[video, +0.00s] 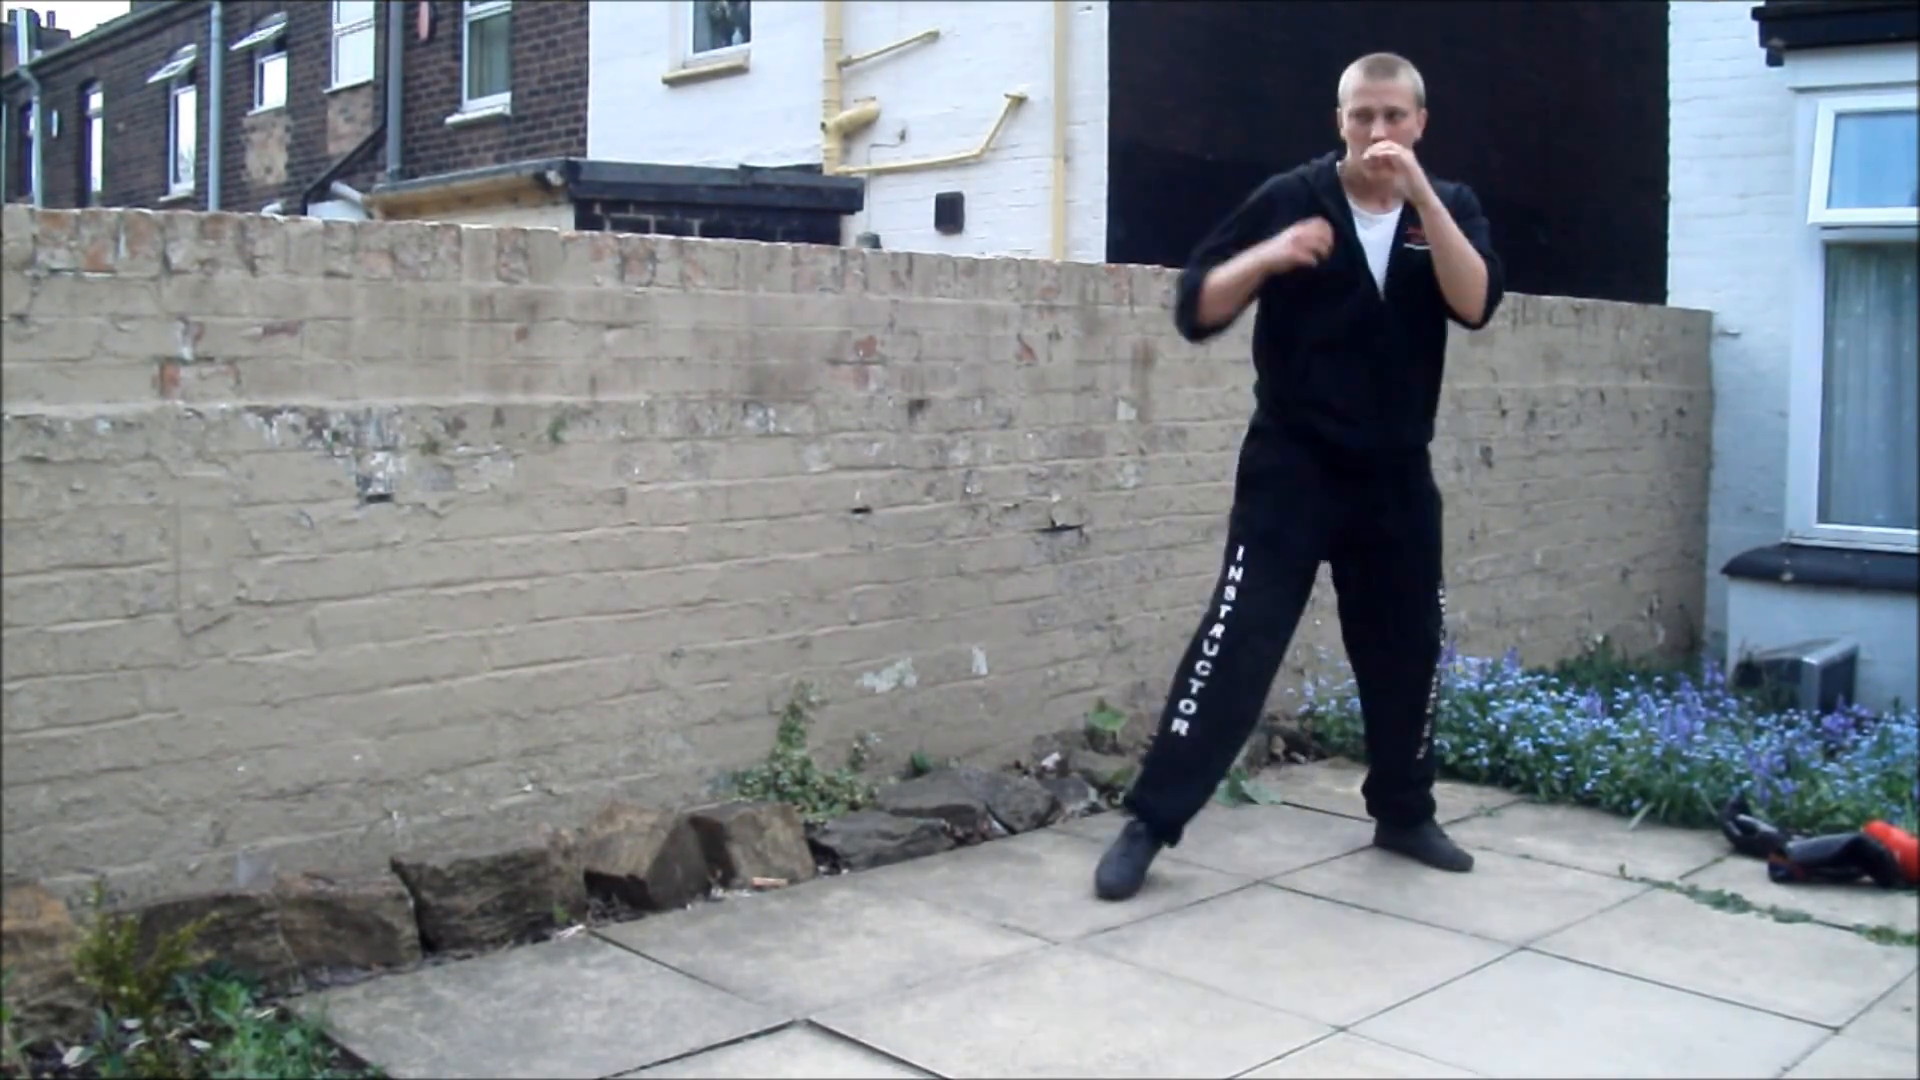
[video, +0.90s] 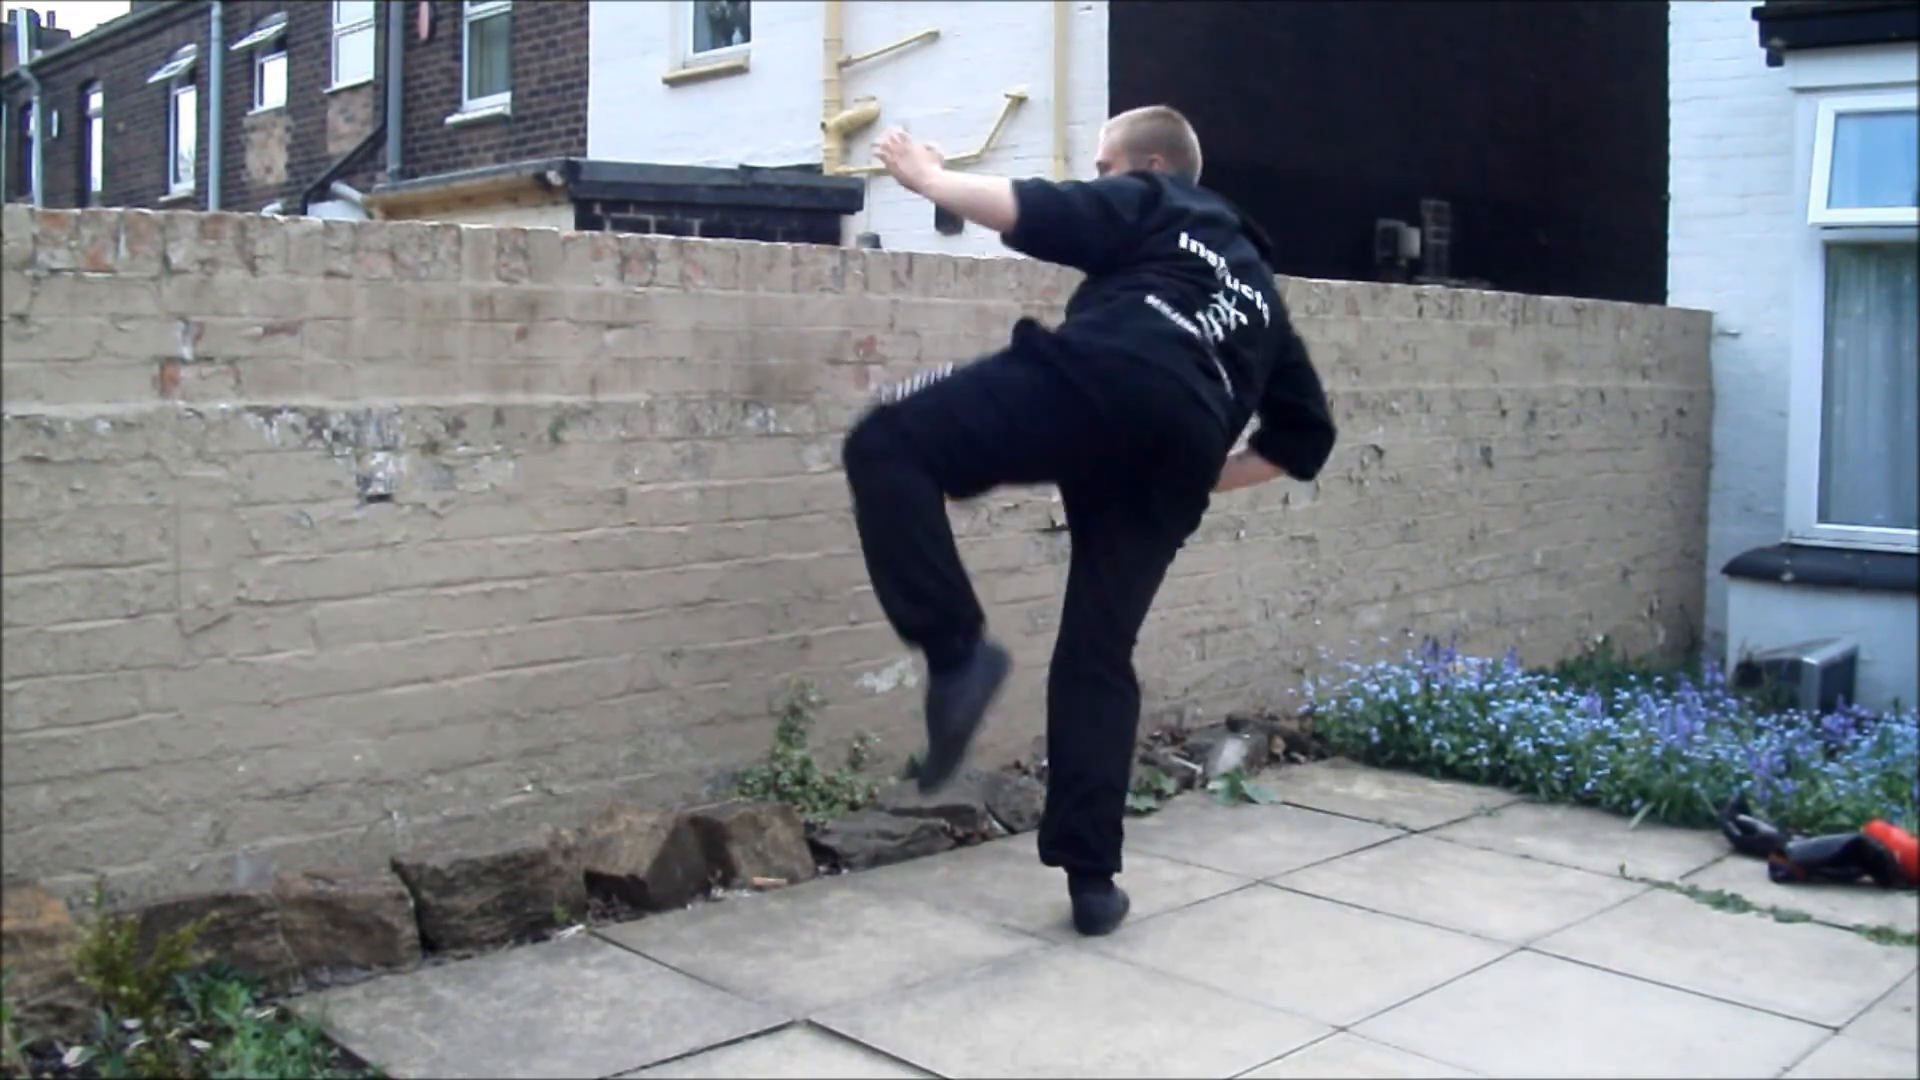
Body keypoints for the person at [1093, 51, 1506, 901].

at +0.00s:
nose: (1379, 131)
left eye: (1395, 116)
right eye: (1363, 116)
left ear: (1422, 123)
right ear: (1339, 122)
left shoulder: (1450, 209)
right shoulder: (1291, 200)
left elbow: (1476, 305)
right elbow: (1194, 311)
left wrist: (1424, 202)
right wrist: (1263, 257)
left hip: (1395, 474)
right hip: (1289, 467)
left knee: (1404, 647)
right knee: (1238, 640)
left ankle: (1404, 814)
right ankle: (1148, 824)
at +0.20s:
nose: (1279, 138)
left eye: (1298, 121)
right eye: (1269, 123)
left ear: (1344, 131)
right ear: (1260, 133)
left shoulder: (1387, 237)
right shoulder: (1234, 219)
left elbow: (1360, 370)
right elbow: (1155, 314)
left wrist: (1325, 254)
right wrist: (1174, 231)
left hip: (1355, 500)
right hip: (1242, 486)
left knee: (1378, 670)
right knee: (1170, 640)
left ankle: (1403, 819)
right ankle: (1169, 843)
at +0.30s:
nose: (1233, 136)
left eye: (1253, 122)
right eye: (1229, 125)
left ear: (1303, 134)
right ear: (1228, 137)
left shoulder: (1330, 206)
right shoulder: (1233, 237)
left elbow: (1248, 263)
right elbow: (1220, 388)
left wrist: (1169, 165)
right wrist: (1178, 349)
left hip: (1315, 488)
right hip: (1213, 485)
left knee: (1352, 660)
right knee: (1149, 648)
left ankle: (1412, 805)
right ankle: (1187, 855)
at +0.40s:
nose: (1180, 139)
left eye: (1199, 125)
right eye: (1179, 128)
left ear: (1254, 133)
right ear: (1196, 139)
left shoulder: (1269, 188)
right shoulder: (1219, 220)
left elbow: (1156, 177)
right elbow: (1203, 378)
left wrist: (1051, 106)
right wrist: (1120, 351)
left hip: (1265, 466)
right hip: (1184, 470)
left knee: (1269, 660)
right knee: (1124, 657)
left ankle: (1364, 799)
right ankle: (1185, 859)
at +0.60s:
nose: (1110, 169)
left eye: (1128, 156)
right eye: (1109, 155)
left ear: (1182, 165)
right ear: (1117, 164)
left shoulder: (1234, 201)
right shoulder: (1121, 282)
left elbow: (1213, 197)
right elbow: (1040, 370)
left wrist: (1092, 175)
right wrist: (975, 318)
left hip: (1237, 375)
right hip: (1179, 463)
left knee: (1043, 216)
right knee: (1134, 634)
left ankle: (963, 213)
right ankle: (1127, 859)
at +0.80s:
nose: (1083, 190)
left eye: (1092, 180)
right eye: (1086, 180)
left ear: (1121, 183)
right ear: (1176, 187)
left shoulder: (1163, 212)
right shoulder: (1212, 258)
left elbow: (1078, 186)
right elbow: (1187, 386)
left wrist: (956, 126)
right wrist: (1098, 470)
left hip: (1150, 360)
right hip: (1202, 453)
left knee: (959, 239)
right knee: (1107, 649)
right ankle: (1094, 879)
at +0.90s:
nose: (1099, 182)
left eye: (1107, 169)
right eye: (1102, 168)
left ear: (1143, 168)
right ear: (1190, 173)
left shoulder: (1146, 199)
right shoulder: (1259, 287)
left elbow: (1033, 212)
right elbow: (1304, 437)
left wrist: (931, 178)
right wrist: (1199, 480)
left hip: (1094, 383)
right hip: (1175, 464)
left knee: (887, 448)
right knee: (1098, 656)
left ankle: (956, 652)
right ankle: (1093, 879)